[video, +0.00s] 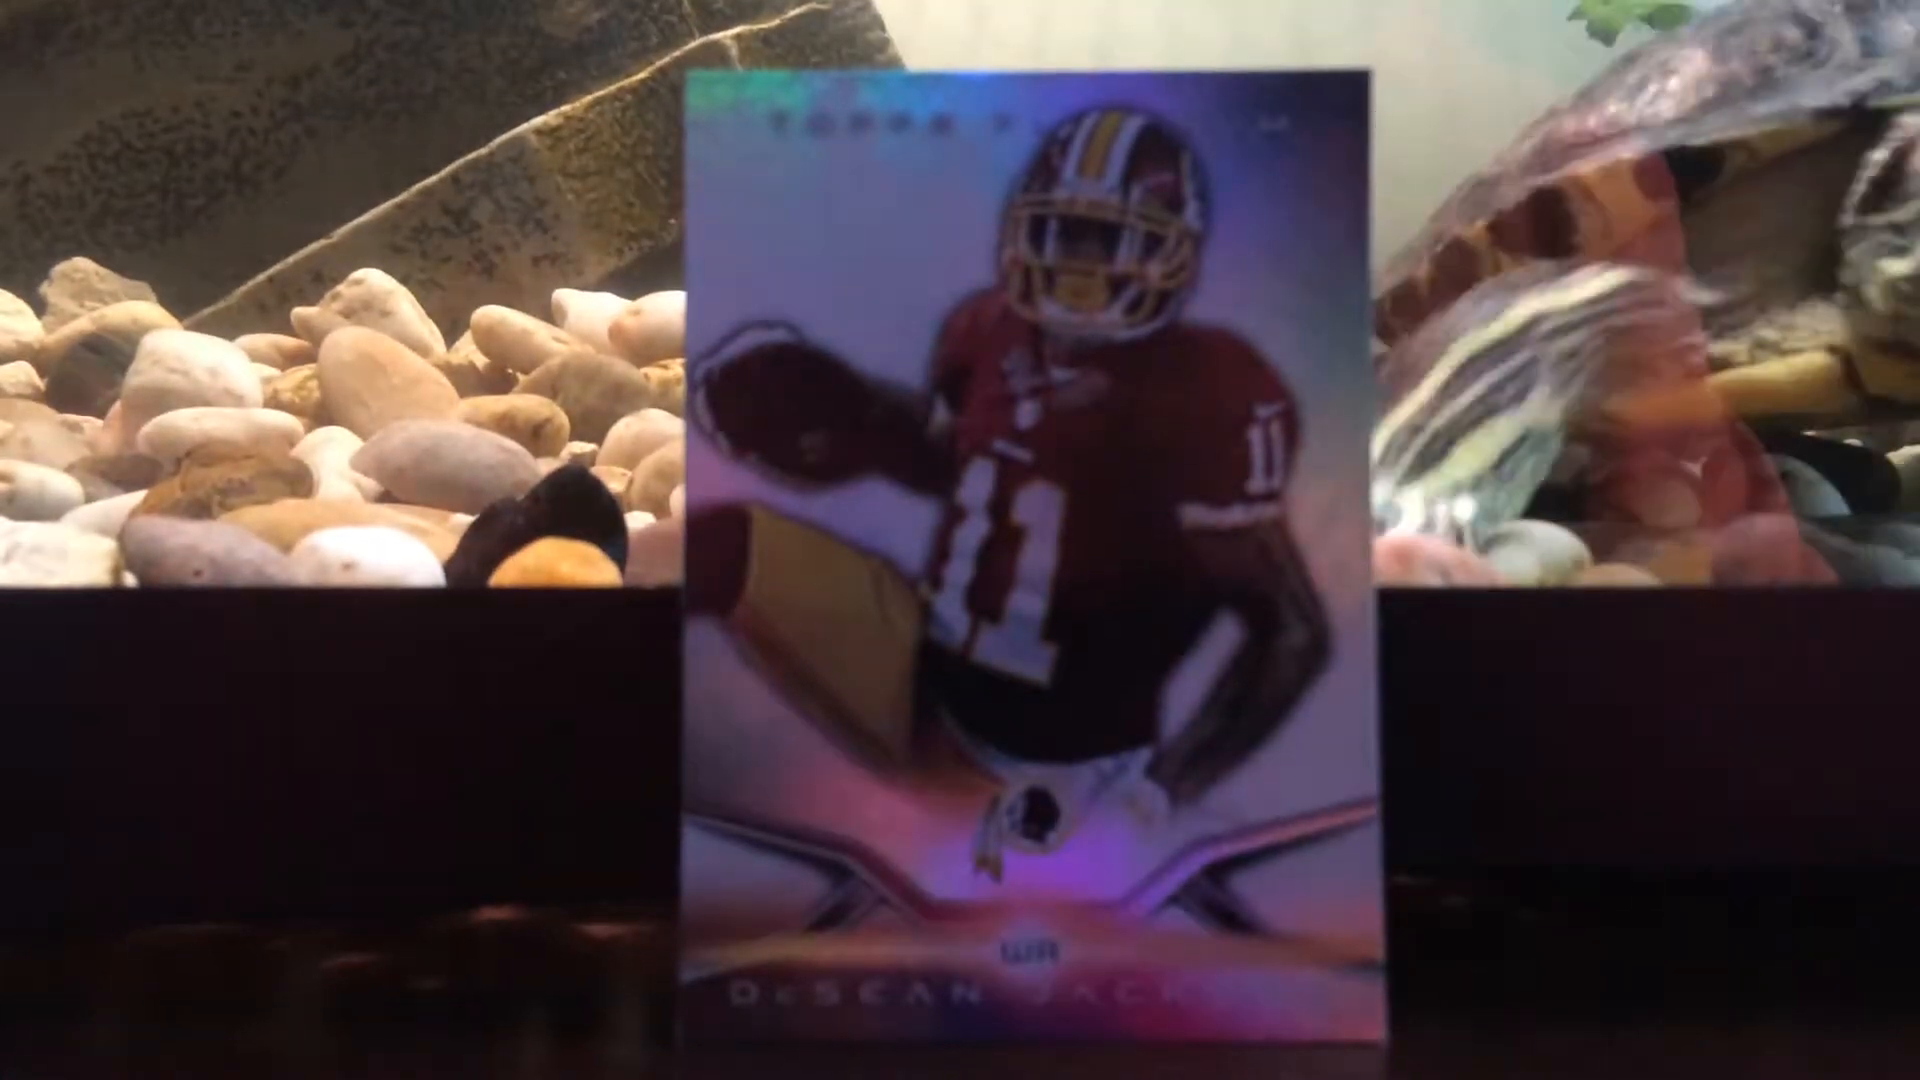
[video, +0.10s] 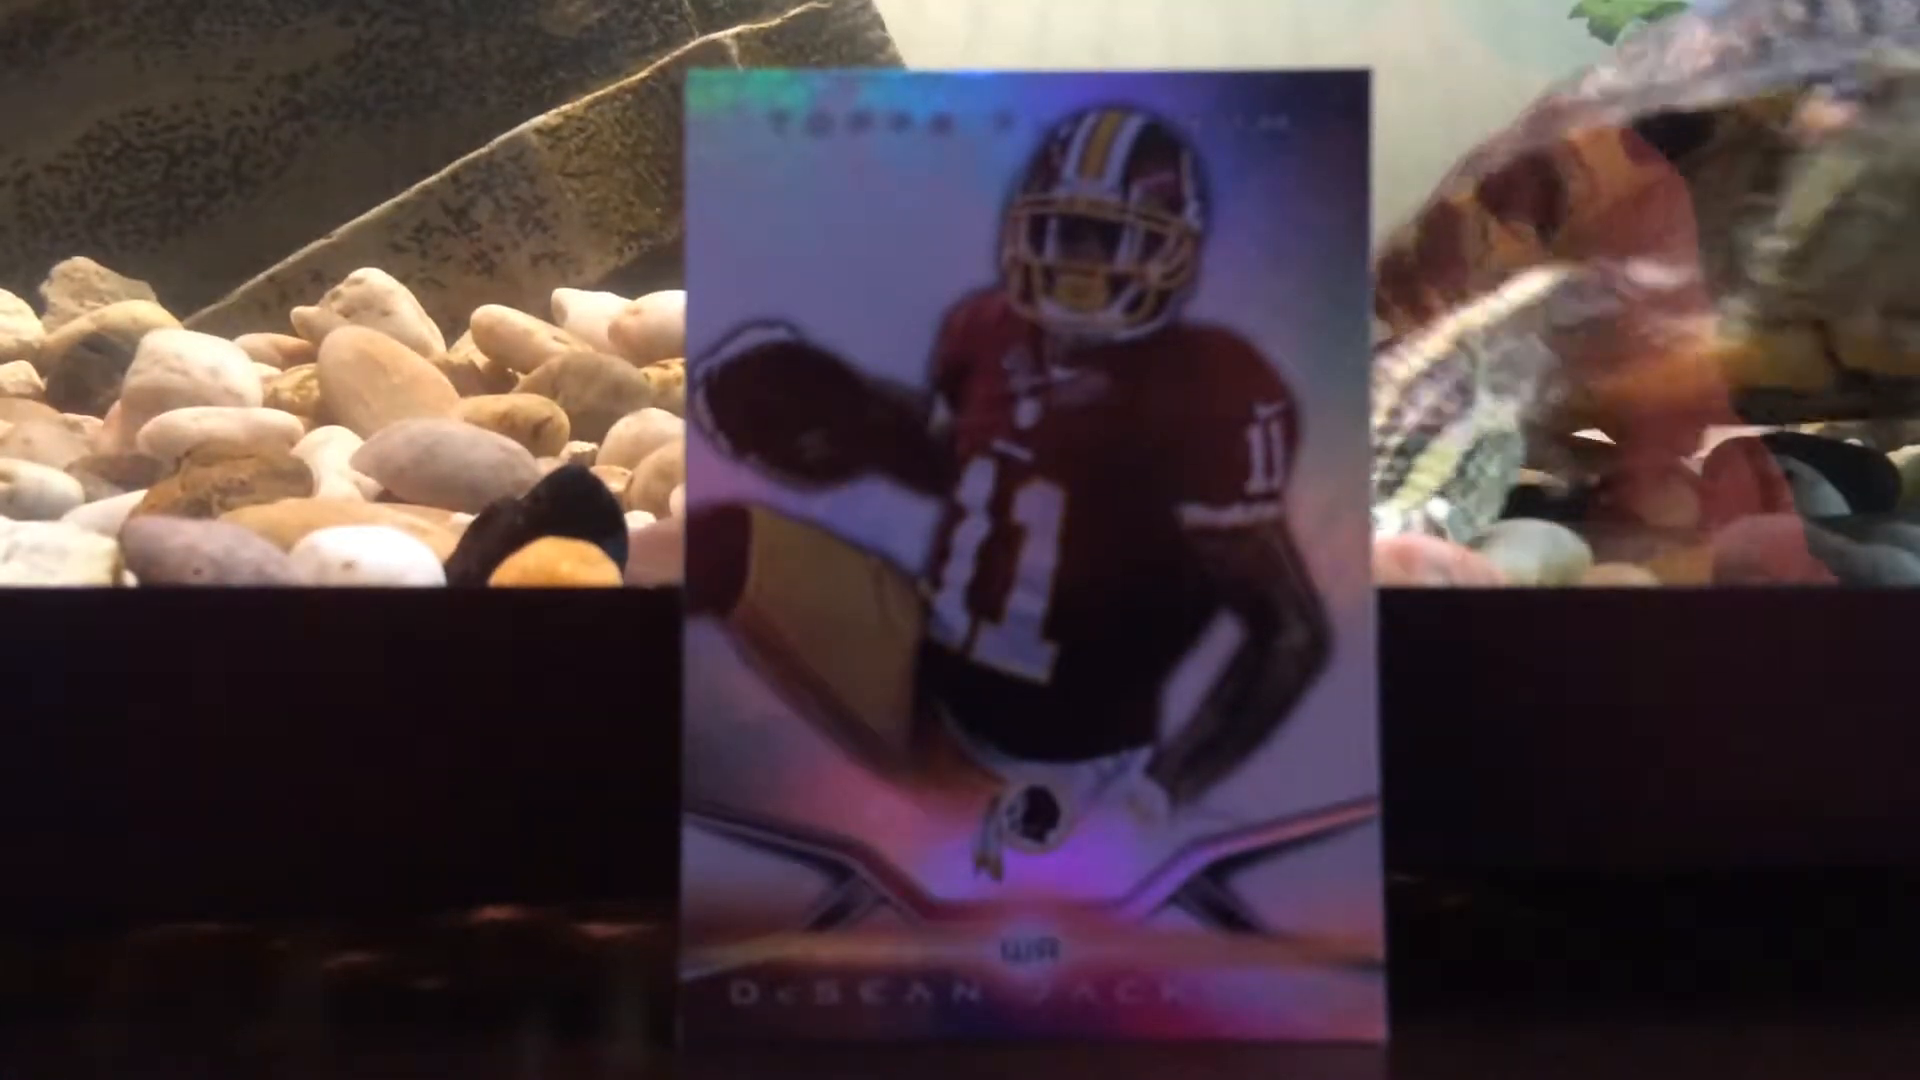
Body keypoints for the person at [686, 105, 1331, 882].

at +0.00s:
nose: (1080, 267)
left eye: (1114, 241)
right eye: (1061, 234)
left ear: (1176, 254)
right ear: (1021, 236)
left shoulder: (1212, 395)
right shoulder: (982, 334)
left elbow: (1293, 636)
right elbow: (956, 466)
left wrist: (1157, 794)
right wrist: (857, 423)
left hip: (1079, 756)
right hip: (931, 680)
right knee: (718, 546)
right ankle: (912, 783)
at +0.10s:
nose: (1080, 265)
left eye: (1115, 239)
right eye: (1060, 232)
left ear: (1176, 253)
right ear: (1021, 234)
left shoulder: (1213, 393)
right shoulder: (981, 334)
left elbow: (1292, 635)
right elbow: (959, 467)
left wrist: (1156, 795)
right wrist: (856, 423)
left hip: (1079, 757)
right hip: (932, 684)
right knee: (719, 546)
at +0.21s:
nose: (1080, 264)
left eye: (1115, 238)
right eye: (1061, 231)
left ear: (1176, 252)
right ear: (1021, 234)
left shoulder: (1213, 394)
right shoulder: (981, 333)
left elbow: (1294, 636)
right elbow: (955, 467)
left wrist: (1157, 795)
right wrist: (849, 418)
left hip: (1081, 757)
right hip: (932, 685)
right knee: (719, 545)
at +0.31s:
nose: (1080, 265)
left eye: (1115, 239)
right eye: (1062, 231)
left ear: (1176, 252)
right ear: (1022, 234)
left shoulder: (1214, 393)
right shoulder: (981, 332)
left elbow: (1293, 635)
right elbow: (954, 465)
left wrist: (1157, 795)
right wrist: (848, 418)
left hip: (1081, 756)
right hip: (932, 682)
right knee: (719, 545)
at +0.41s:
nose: (1080, 265)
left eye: (1115, 239)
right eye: (1062, 231)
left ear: (1176, 253)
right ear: (1022, 234)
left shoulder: (1215, 394)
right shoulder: (982, 332)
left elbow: (1294, 635)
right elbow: (956, 465)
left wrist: (1158, 795)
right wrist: (849, 416)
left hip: (1078, 759)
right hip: (930, 682)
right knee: (718, 544)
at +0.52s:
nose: (1077, 266)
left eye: (1112, 239)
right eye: (1060, 232)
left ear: (1174, 253)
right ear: (1021, 235)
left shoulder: (1214, 393)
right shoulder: (981, 332)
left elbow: (1293, 634)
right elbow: (955, 465)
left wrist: (1157, 794)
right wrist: (848, 415)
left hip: (1079, 756)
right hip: (931, 683)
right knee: (718, 544)